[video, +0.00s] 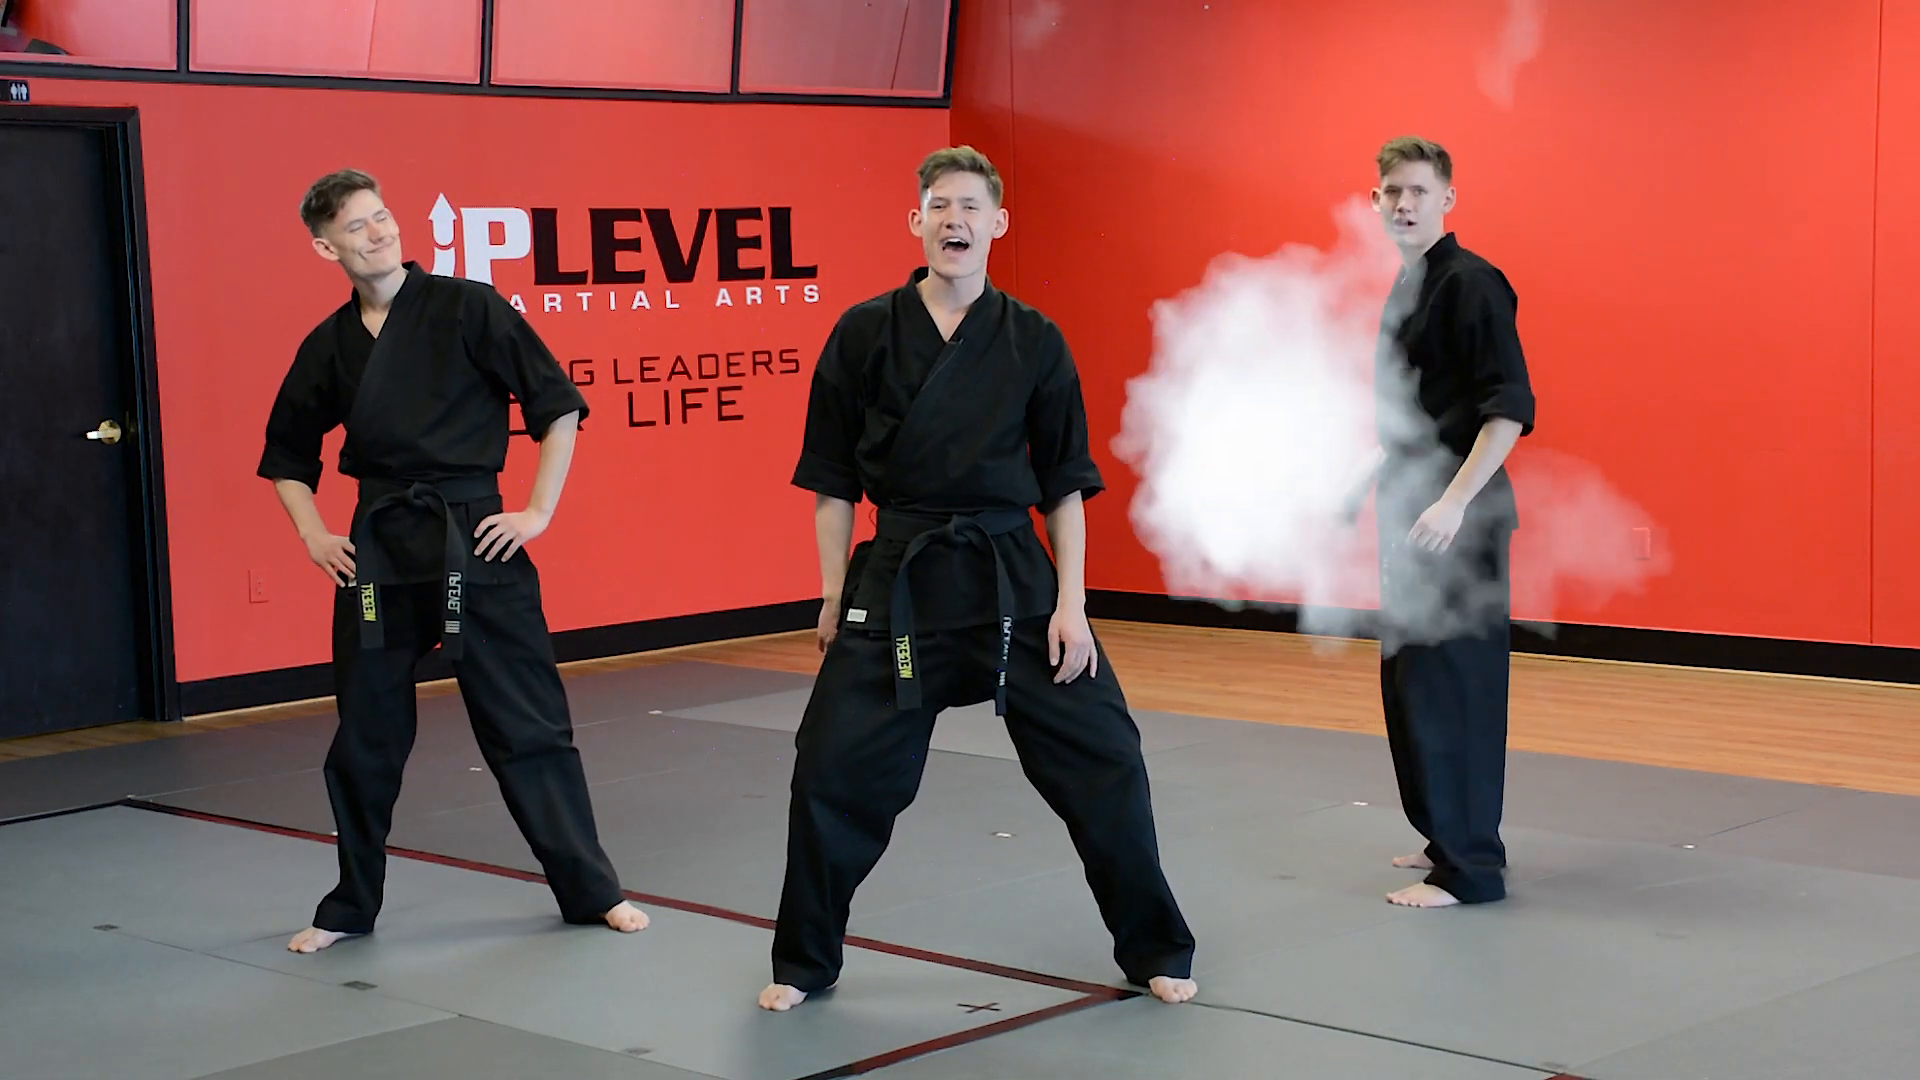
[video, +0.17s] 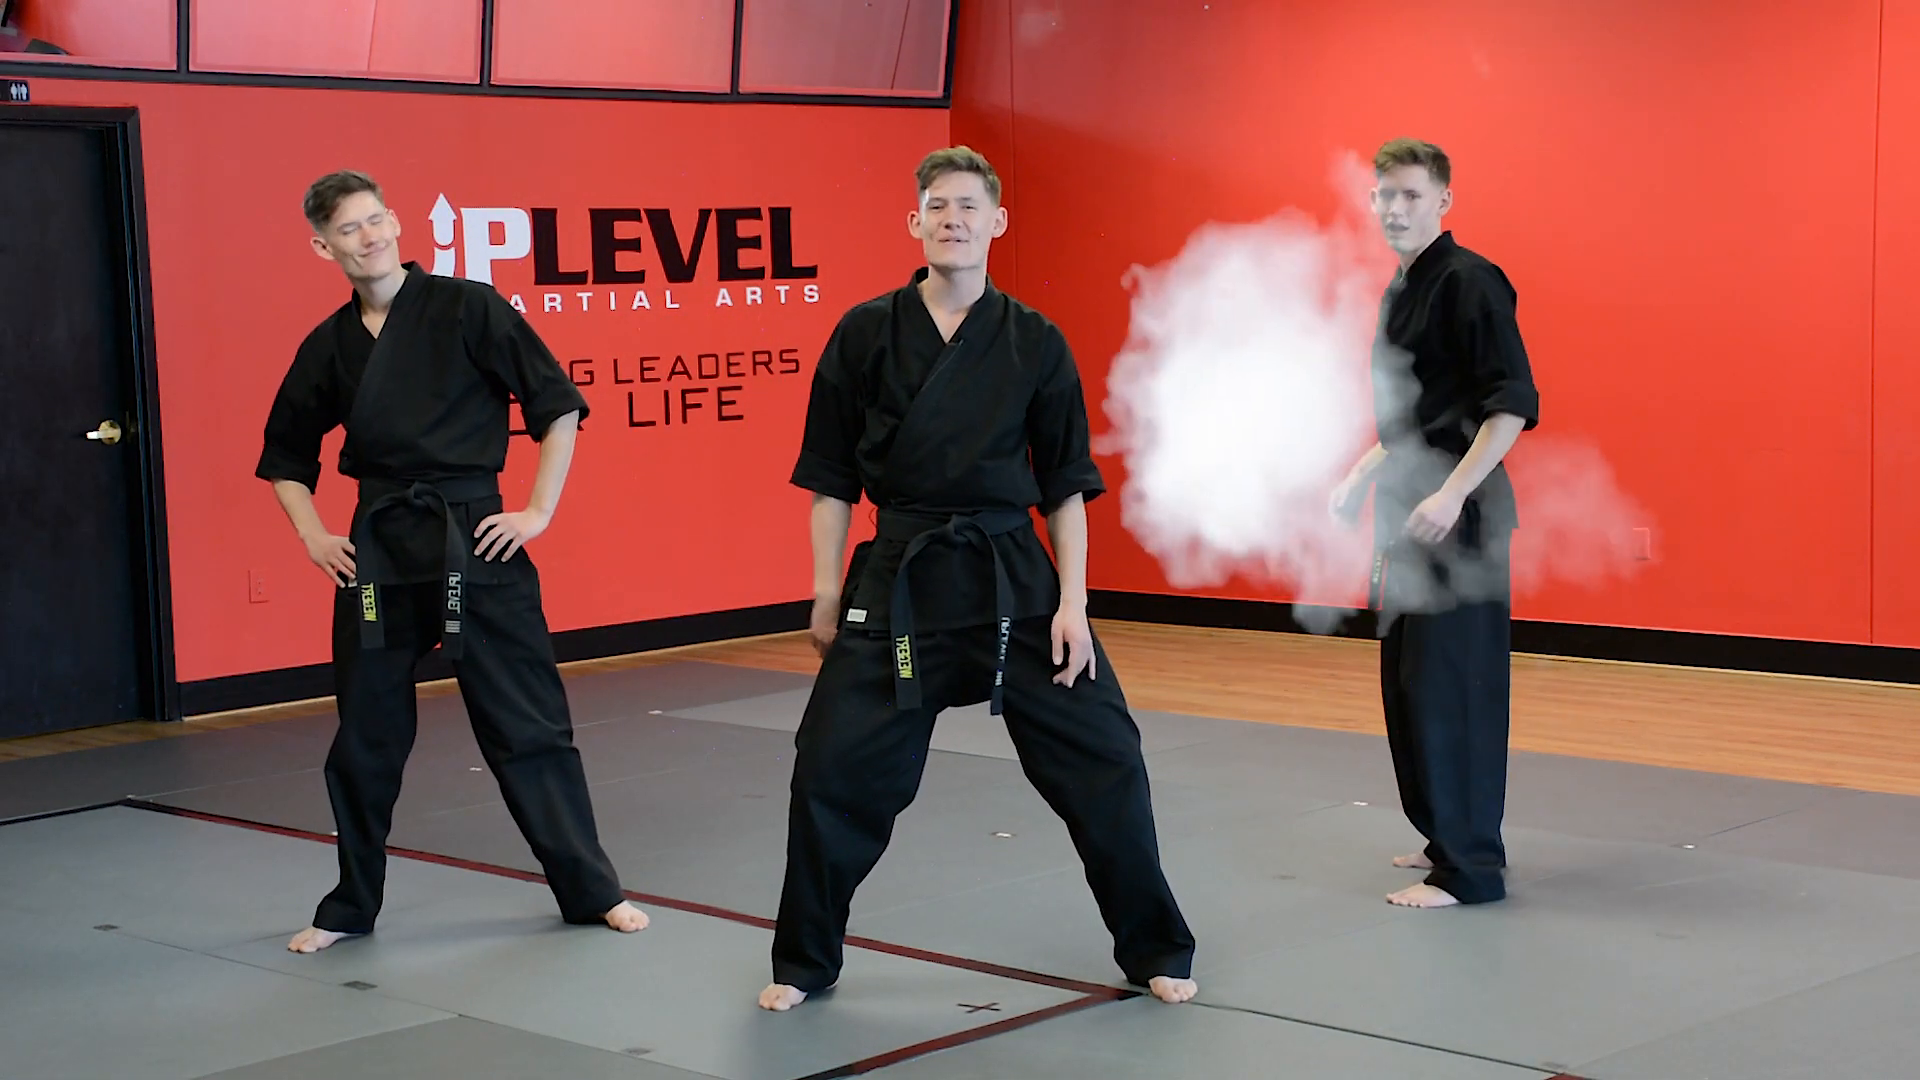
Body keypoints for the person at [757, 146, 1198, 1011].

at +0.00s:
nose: (956, 218)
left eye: (972, 206)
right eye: (941, 205)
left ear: (999, 224)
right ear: (916, 223)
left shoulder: (1033, 339)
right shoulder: (863, 334)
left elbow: (1064, 481)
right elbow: (834, 480)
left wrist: (1071, 603)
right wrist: (833, 598)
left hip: (1013, 578)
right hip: (897, 580)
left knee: (1106, 759)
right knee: (832, 766)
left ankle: (1154, 948)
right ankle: (805, 960)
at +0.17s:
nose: (953, 218)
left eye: (969, 206)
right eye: (938, 207)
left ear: (998, 223)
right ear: (915, 227)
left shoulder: (1034, 340)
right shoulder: (864, 335)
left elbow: (1066, 482)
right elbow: (832, 481)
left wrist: (1074, 599)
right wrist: (826, 601)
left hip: (1014, 578)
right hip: (898, 581)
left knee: (1106, 759)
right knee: (832, 765)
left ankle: (1154, 948)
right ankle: (805, 960)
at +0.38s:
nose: (948, 218)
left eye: (964, 205)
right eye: (933, 207)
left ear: (996, 220)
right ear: (913, 226)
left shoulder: (1036, 339)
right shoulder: (865, 332)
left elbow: (1074, 467)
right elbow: (812, 455)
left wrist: (1060, 563)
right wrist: (798, 557)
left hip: (1014, 573)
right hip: (898, 576)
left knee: (1105, 757)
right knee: (831, 767)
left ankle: (1153, 949)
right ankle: (804, 960)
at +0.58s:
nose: (940, 218)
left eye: (957, 205)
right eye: (927, 208)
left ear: (992, 220)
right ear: (909, 227)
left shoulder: (1034, 333)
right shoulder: (865, 326)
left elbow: (1042, 465)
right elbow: (838, 444)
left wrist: (958, 476)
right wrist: (901, 462)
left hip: (1011, 575)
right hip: (898, 579)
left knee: (1103, 753)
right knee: (830, 764)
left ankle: (1153, 948)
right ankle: (804, 960)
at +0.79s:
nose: (934, 217)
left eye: (950, 204)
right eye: (921, 205)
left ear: (986, 219)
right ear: (905, 224)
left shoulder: (1028, 320)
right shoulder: (868, 319)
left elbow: (1041, 428)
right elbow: (822, 410)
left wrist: (964, 376)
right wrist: (899, 373)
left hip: (1009, 566)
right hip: (898, 568)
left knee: (1099, 753)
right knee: (831, 761)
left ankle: (1152, 950)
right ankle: (805, 961)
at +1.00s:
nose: (924, 218)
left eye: (941, 204)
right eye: (913, 205)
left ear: (979, 218)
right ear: (899, 222)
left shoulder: (1024, 306)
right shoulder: (878, 316)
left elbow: (1052, 375)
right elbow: (787, 357)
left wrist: (969, 302)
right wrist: (854, 307)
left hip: (1009, 566)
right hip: (901, 567)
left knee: (1095, 757)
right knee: (833, 763)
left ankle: (1151, 952)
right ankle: (805, 960)